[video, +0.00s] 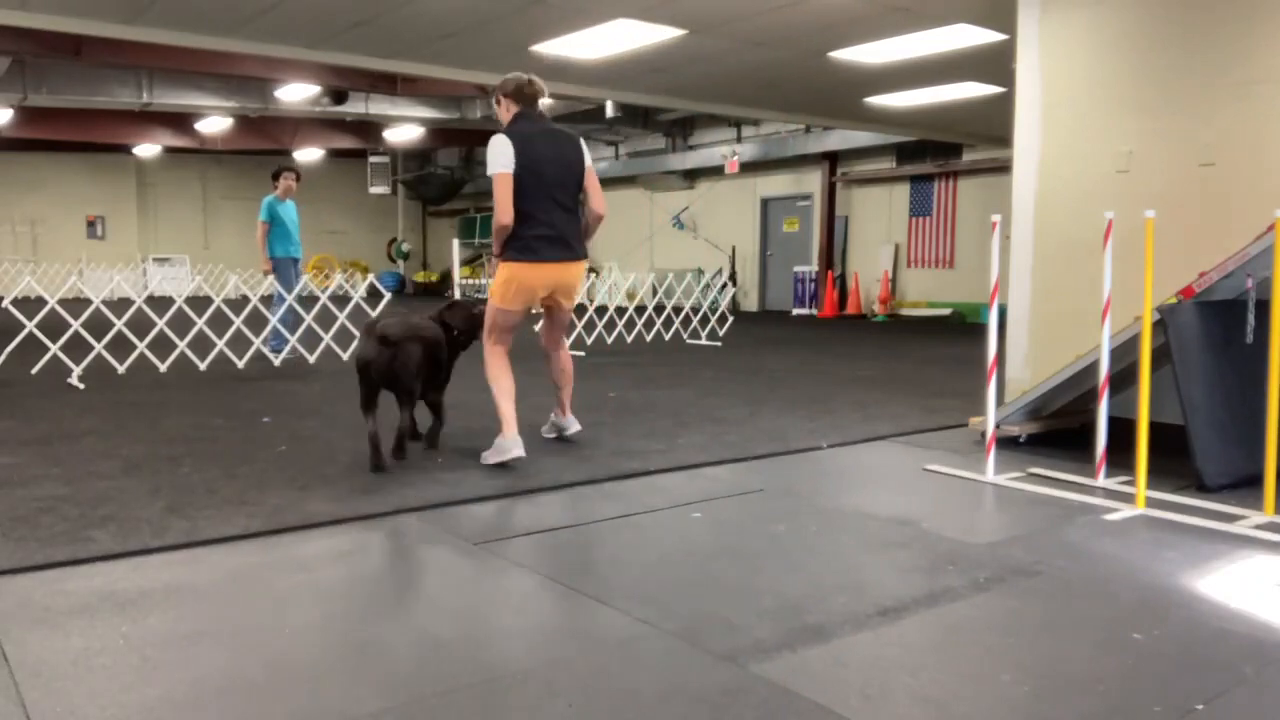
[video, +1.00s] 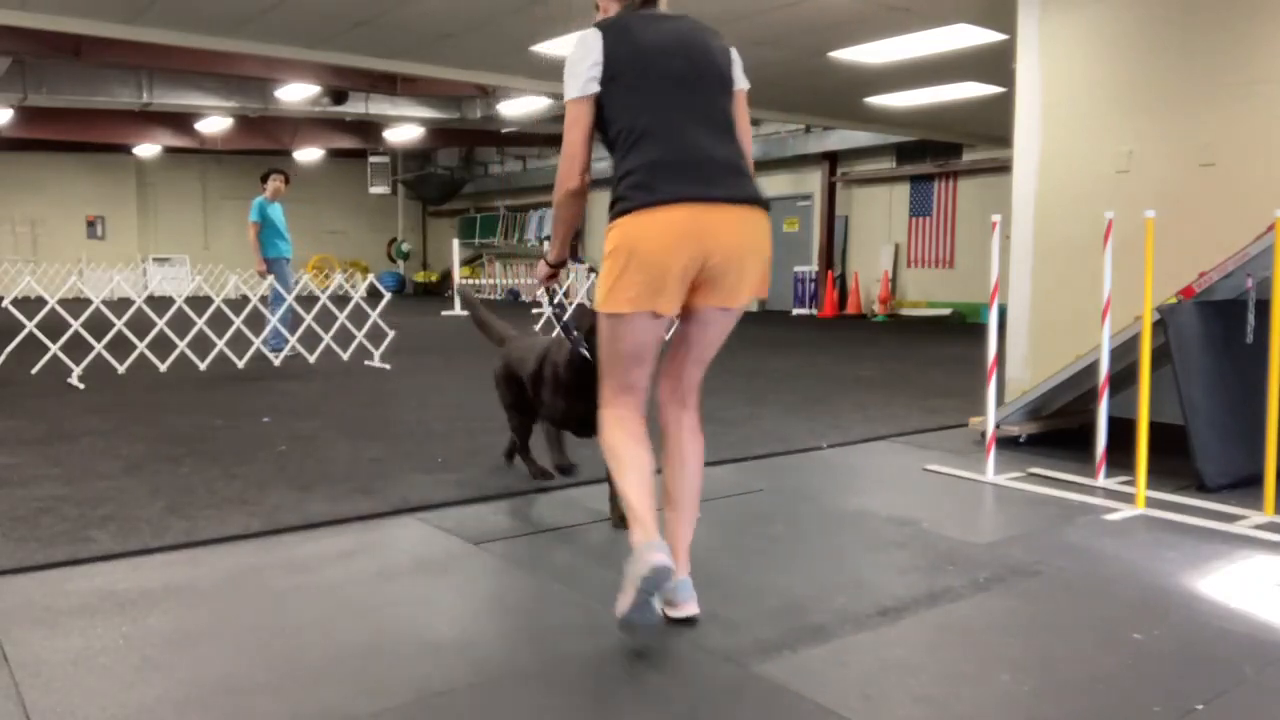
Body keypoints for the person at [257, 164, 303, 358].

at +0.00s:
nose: (290, 183)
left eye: (293, 180)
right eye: (286, 179)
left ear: (296, 184)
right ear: (277, 182)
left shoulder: (292, 205)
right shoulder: (269, 202)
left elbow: (293, 232)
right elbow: (262, 231)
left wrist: (298, 256)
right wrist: (265, 259)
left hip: (295, 255)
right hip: (279, 255)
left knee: (289, 299)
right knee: (284, 298)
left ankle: (282, 341)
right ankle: (276, 343)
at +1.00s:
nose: (278, 185)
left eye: (282, 182)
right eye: (274, 180)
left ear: (284, 187)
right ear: (265, 184)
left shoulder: (278, 206)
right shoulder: (259, 203)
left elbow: (279, 232)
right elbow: (253, 233)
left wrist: (286, 255)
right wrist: (259, 261)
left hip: (284, 256)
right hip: (273, 257)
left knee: (279, 299)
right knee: (284, 297)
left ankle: (274, 340)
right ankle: (277, 342)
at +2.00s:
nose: (277, 184)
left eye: (280, 181)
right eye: (273, 180)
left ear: (283, 187)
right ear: (264, 184)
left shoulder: (278, 207)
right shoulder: (257, 204)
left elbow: (281, 232)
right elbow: (254, 235)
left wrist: (288, 257)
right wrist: (259, 263)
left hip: (286, 256)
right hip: (273, 257)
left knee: (283, 300)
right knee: (280, 299)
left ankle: (278, 341)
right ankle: (275, 343)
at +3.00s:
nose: (284, 186)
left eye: (287, 183)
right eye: (280, 182)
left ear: (288, 187)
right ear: (270, 184)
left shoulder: (277, 206)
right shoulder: (263, 204)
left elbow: (280, 233)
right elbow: (261, 234)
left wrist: (287, 256)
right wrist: (267, 262)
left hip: (285, 257)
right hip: (277, 258)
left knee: (276, 299)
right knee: (286, 299)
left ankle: (272, 340)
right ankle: (277, 342)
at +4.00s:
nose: (283, 188)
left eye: (286, 184)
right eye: (279, 183)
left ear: (288, 188)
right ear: (270, 185)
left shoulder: (277, 207)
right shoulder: (262, 204)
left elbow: (280, 233)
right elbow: (260, 234)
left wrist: (288, 256)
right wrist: (267, 261)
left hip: (286, 256)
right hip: (278, 257)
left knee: (276, 299)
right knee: (286, 298)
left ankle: (272, 340)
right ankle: (276, 342)